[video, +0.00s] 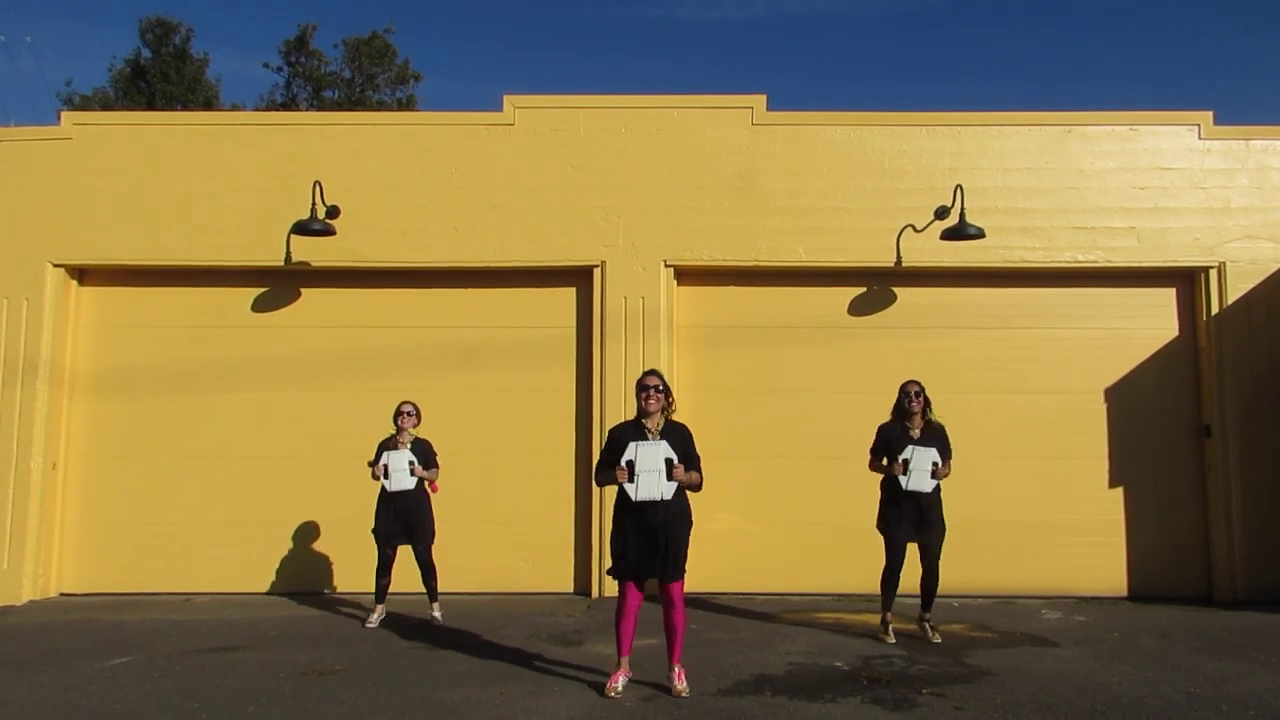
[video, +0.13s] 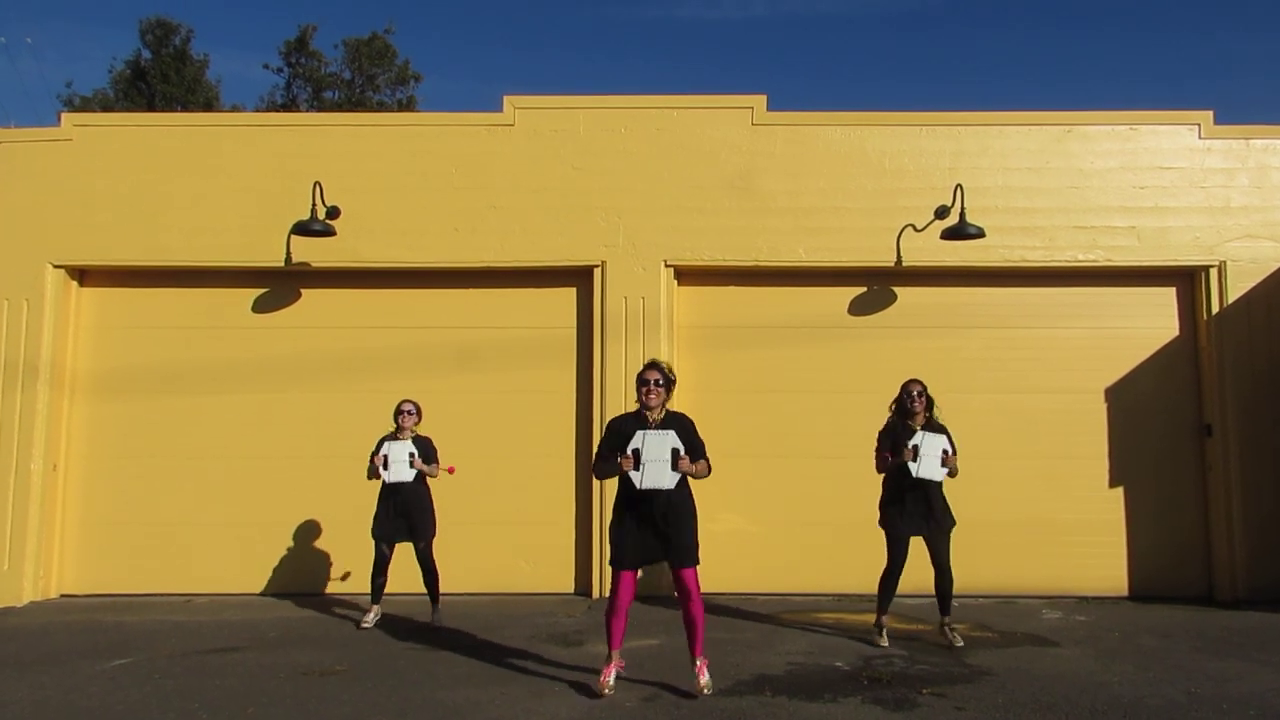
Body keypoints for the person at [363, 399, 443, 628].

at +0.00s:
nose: (404, 418)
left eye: (410, 414)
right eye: (401, 414)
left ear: (417, 419)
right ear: (395, 418)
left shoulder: (423, 445)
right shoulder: (385, 445)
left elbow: (434, 474)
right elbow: (376, 475)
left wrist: (422, 473)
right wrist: (377, 471)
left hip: (417, 509)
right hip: (389, 508)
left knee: (424, 557)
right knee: (385, 558)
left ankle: (434, 605)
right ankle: (379, 607)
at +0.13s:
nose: (405, 416)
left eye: (410, 413)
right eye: (401, 413)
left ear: (417, 417)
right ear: (396, 417)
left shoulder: (424, 443)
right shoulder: (385, 442)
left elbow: (435, 472)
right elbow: (372, 475)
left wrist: (422, 466)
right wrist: (375, 465)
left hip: (418, 506)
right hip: (389, 506)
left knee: (425, 557)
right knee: (381, 557)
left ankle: (435, 608)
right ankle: (375, 607)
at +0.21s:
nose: (404, 427)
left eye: (409, 423)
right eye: (401, 423)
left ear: (419, 427)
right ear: (397, 428)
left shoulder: (423, 452)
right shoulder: (388, 452)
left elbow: (432, 474)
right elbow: (375, 478)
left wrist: (421, 470)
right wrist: (376, 470)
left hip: (419, 514)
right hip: (390, 514)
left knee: (426, 565)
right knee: (381, 564)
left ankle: (435, 615)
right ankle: (374, 613)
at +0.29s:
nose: (406, 430)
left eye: (411, 426)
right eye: (402, 428)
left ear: (420, 430)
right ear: (399, 433)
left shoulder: (426, 455)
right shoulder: (391, 458)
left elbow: (433, 471)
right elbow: (380, 476)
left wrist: (421, 466)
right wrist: (379, 477)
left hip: (422, 518)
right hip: (393, 518)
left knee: (426, 567)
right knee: (383, 566)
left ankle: (435, 617)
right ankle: (376, 615)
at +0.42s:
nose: (413, 417)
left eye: (418, 413)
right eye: (408, 414)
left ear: (426, 418)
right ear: (402, 419)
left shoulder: (432, 441)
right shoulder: (396, 446)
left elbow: (439, 449)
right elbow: (385, 473)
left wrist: (430, 435)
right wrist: (372, 485)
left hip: (428, 505)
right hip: (399, 505)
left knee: (431, 557)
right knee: (386, 554)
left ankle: (439, 610)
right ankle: (376, 600)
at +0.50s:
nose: (416, 417)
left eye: (420, 413)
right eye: (411, 414)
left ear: (428, 416)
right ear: (407, 419)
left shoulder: (437, 437)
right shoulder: (401, 446)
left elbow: (447, 429)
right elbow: (389, 480)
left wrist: (451, 411)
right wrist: (370, 499)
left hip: (431, 503)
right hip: (402, 503)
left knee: (433, 558)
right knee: (384, 554)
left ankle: (439, 612)